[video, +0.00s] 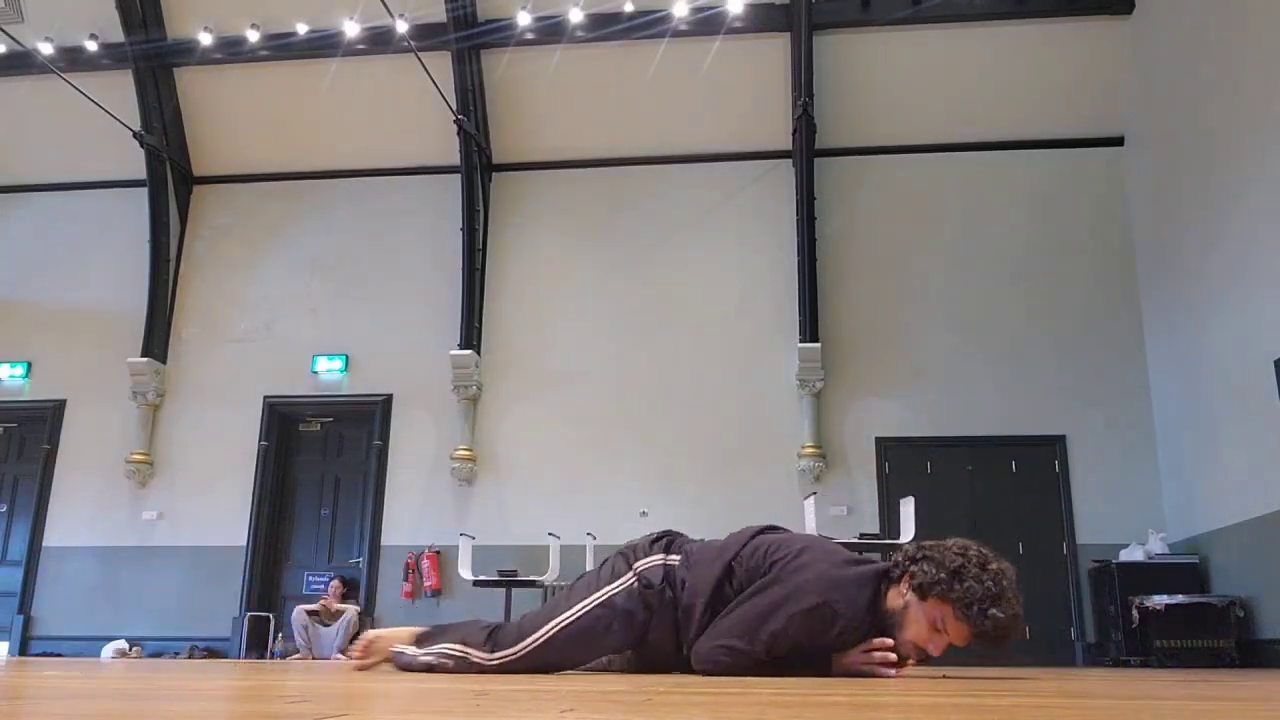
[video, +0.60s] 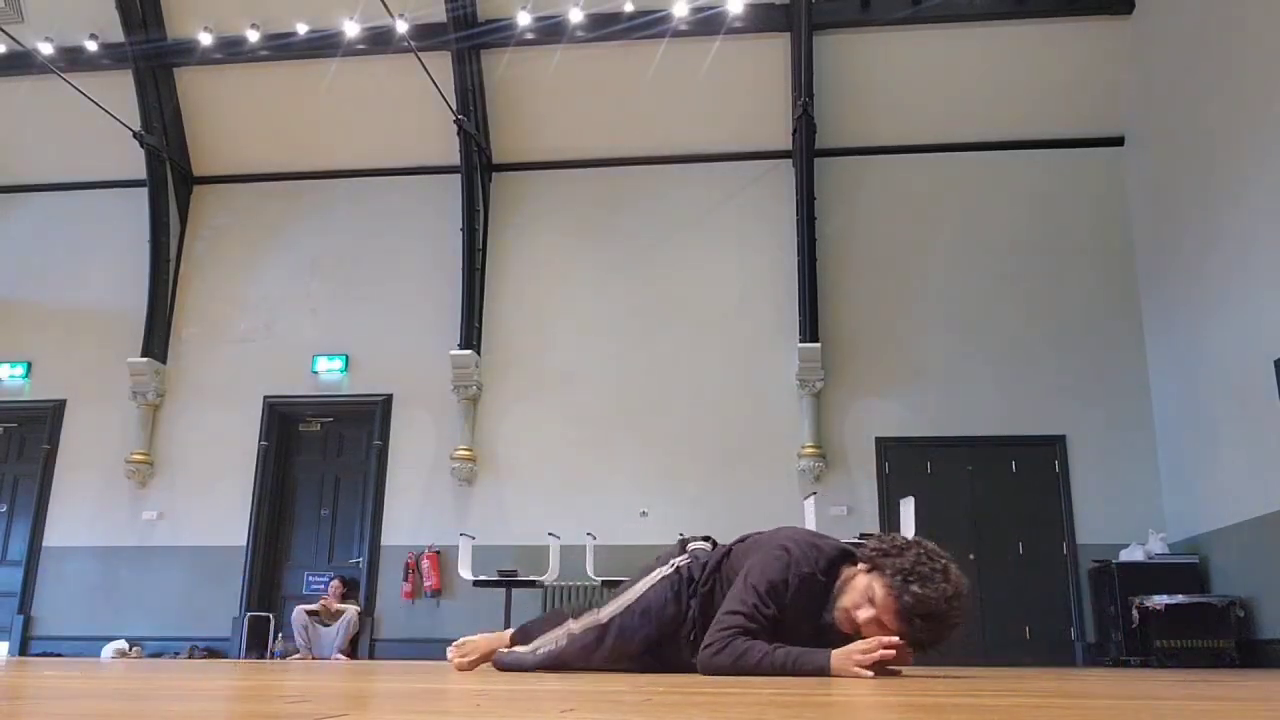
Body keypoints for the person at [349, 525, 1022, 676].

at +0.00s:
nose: (939, 645)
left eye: (952, 641)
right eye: (940, 627)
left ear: (948, 619)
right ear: (912, 589)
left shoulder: (879, 598)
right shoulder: (829, 588)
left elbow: (781, 655)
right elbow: (712, 660)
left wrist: (857, 654)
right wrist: (831, 666)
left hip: (674, 617)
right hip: (649, 589)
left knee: (525, 654)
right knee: (501, 659)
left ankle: (410, 644)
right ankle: (390, 646)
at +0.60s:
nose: (865, 624)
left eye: (883, 629)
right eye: (872, 606)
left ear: (897, 639)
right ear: (866, 569)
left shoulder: (856, 614)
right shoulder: (783, 563)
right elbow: (717, 651)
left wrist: (880, 655)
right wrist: (827, 662)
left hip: (710, 640)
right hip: (686, 590)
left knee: (609, 644)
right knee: (575, 646)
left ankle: (521, 637)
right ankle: (500, 650)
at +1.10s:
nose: (874, 615)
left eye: (895, 627)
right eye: (886, 598)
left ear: (918, 642)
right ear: (890, 565)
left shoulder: (904, 637)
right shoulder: (817, 554)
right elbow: (756, 635)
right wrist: (838, 660)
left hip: (739, 635)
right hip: (710, 573)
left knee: (689, 639)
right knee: (590, 540)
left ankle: (613, 649)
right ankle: (507, 641)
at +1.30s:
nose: (915, 625)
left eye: (934, 633)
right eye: (924, 609)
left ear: (952, 647)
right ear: (922, 577)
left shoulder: (918, 639)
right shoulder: (861, 555)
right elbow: (823, 618)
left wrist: (861, 661)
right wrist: (941, 662)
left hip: (764, 631)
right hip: (732, 569)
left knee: (757, 643)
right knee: (580, 541)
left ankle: (600, 652)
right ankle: (509, 639)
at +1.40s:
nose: (935, 626)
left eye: (951, 631)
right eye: (946, 613)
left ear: (968, 639)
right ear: (943, 583)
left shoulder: (925, 636)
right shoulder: (883, 553)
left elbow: (918, 666)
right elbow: (879, 618)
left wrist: (872, 664)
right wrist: (1002, 664)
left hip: (765, 627)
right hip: (734, 566)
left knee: (773, 640)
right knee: (570, 546)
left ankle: (645, 657)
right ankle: (502, 642)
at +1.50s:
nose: (963, 623)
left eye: (978, 630)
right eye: (970, 611)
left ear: (981, 628)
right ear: (962, 578)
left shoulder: (941, 635)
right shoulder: (908, 551)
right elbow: (935, 612)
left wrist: (889, 659)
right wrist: (1057, 661)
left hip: (789, 627)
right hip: (746, 567)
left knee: (801, 645)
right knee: (568, 556)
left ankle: (642, 652)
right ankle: (502, 642)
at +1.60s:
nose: (971, 637)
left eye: (986, 640)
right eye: (981, 623)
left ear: (993, 631)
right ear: (984, 593)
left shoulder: (945, 629)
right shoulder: (928, 550)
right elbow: (1001, 606)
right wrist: (1107, 657)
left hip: (797, 618)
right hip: (758, 565)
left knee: (858, 644)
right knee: (563, 571)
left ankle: (727, 656)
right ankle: (501, 645)